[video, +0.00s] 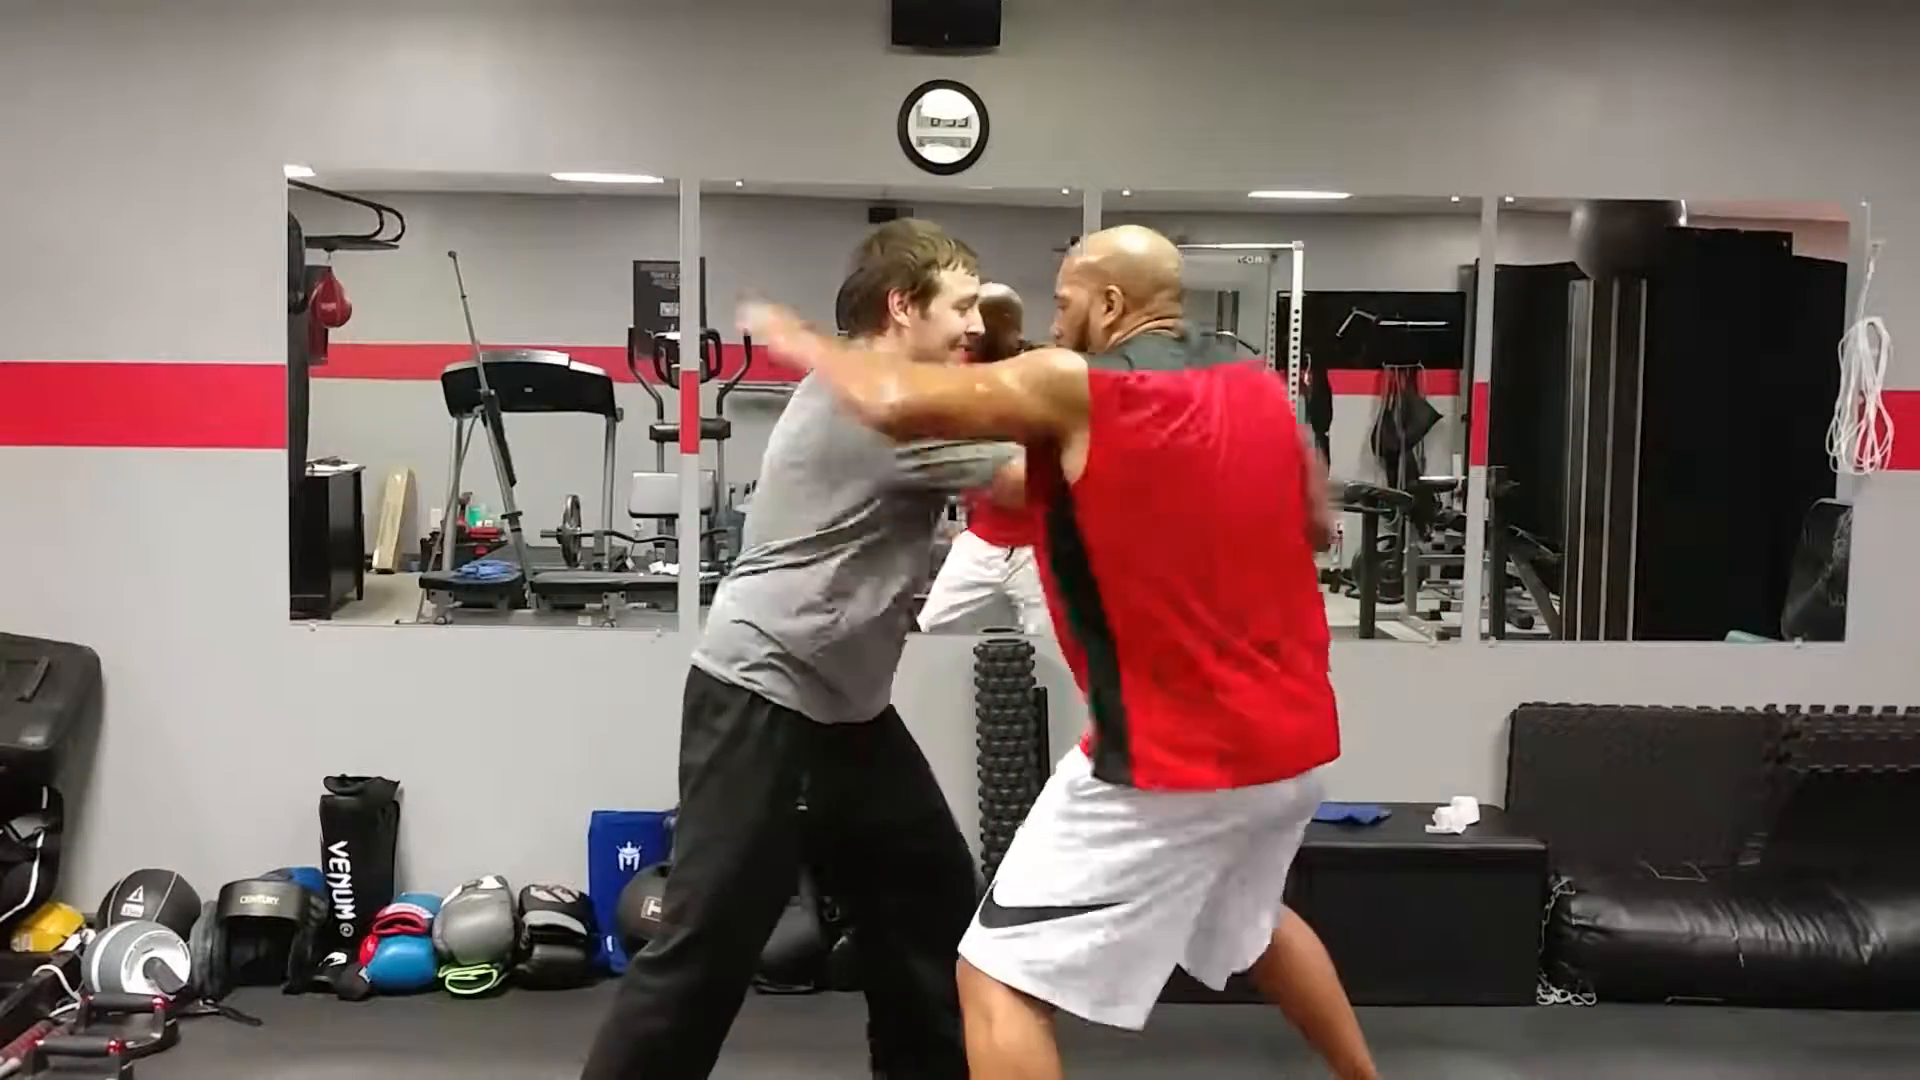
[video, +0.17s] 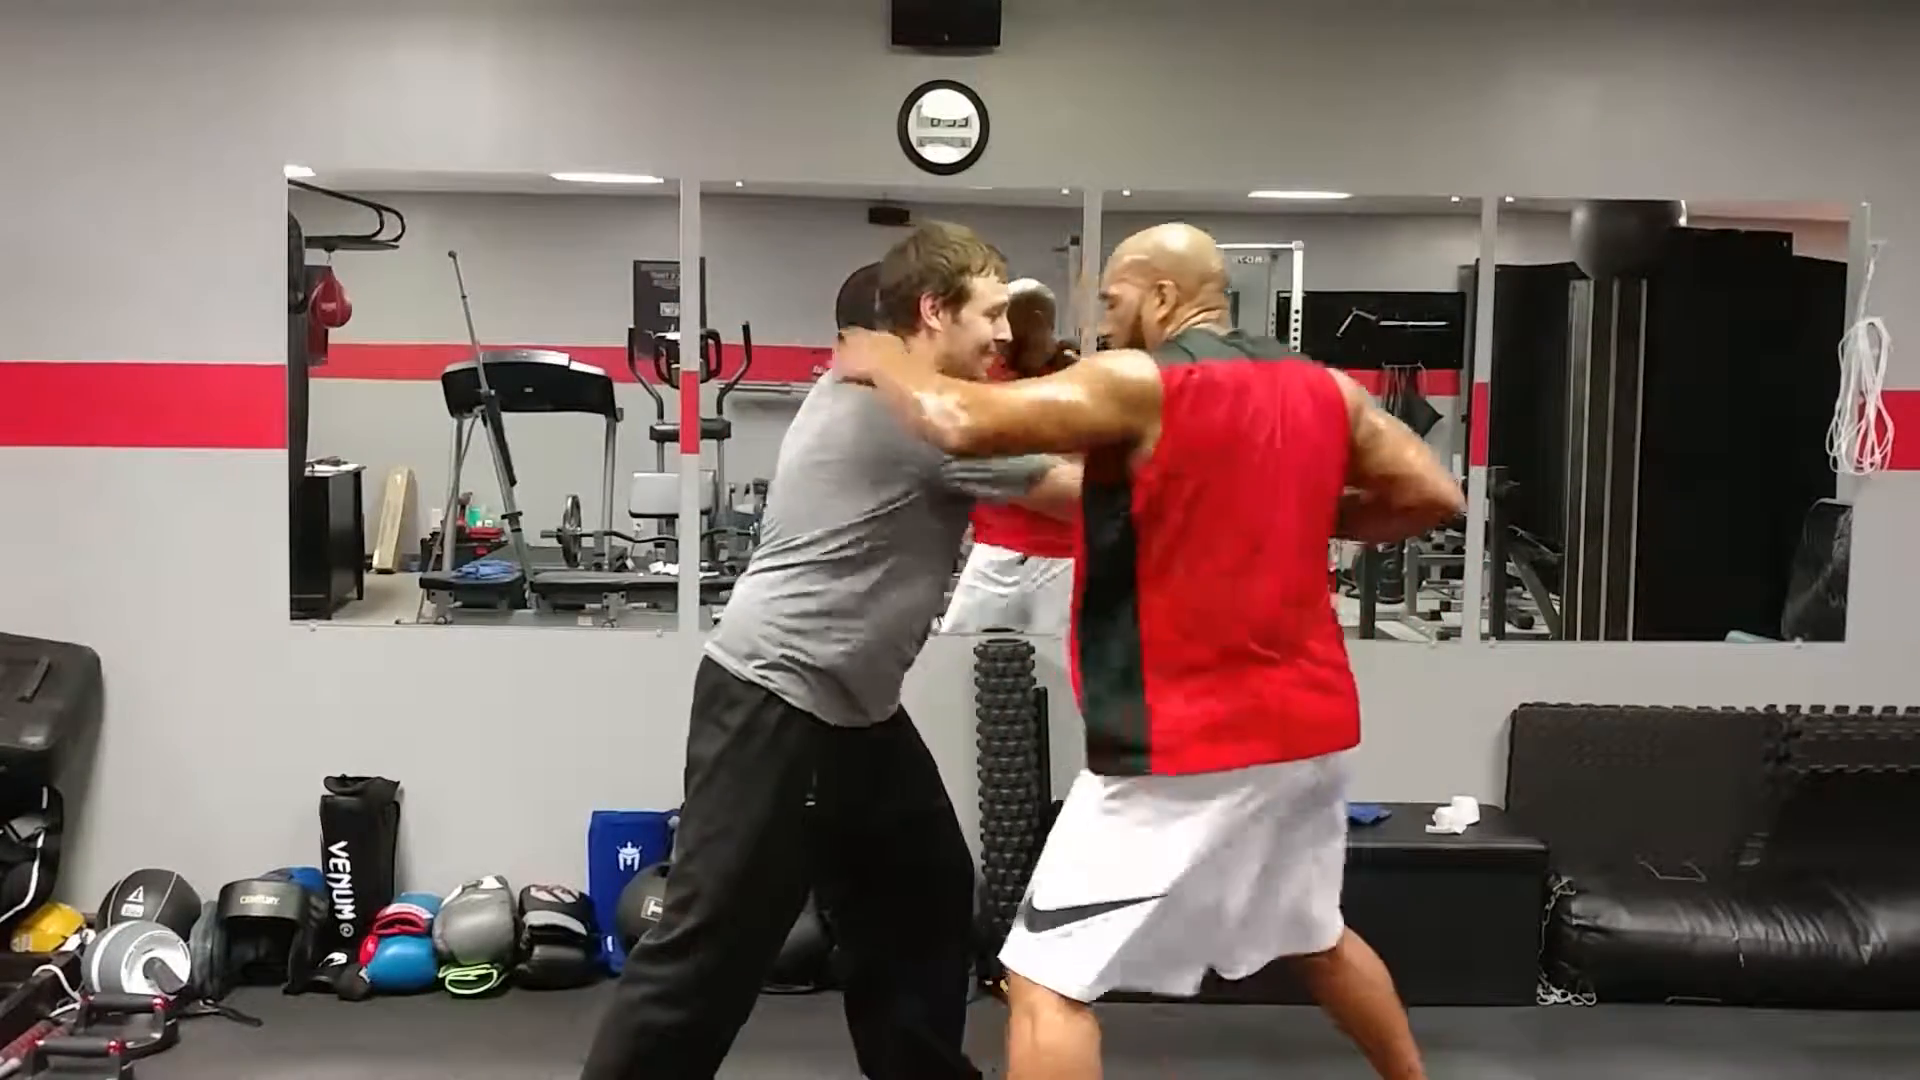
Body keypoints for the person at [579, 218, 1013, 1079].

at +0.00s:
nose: (979, 326)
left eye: (979, 307)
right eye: (961, 305)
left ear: (900, 313)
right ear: (900, 310)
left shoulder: (895, 401)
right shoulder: (865, 401)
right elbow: (1036, 471)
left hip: (848, 707)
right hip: (757, 696)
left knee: (932, 905)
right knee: (705, 945)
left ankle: (925, 1071)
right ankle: (622, 1075)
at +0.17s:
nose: (1005, 335)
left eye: (1006, 315)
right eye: (989, 313)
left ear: (928, 317)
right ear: (930, 313)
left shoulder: (874, 393)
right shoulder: (906, 412)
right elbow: (1069, 485)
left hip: (855, 710)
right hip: (771, 700)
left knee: (924, 909)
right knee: (707, 951)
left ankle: (920, 1068)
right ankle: (624, 1075)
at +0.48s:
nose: (1004, 320)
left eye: (1003, 300)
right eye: (988, 298)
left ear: (928, 309)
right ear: (927, 307)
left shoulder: (924, 391)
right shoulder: (908, 396)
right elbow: (1016, 552)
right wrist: (1165, 547)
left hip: (852, 700)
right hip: (765, 684)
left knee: (919, 895)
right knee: (685, 932)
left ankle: (923, 1070)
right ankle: (595, 1078)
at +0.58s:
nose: (967, 312)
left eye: (966, 293)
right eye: (951, 292)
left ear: (896, 304)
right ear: (889, 302)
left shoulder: (905, 397)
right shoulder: (846, 398)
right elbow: (891, 579)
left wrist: (1018, 393)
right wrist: (1028, 564)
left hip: (843, 710)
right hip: (744, 695)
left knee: (919, 905)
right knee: (651, 942)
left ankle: (924, 1069)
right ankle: (547, 1074)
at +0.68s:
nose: (909, 311)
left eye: (907, 292)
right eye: (891, 290)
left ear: (838, 303)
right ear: (824, 299)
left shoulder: (859, 416)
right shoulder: (753, 402)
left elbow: (887, 543)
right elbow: (772, 579)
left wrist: (934, 459)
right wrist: (910, 561)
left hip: (814, 728)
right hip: (698, 720)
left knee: (896, 935)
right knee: (602, 959)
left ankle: (925, 1071)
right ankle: (504, 1074)